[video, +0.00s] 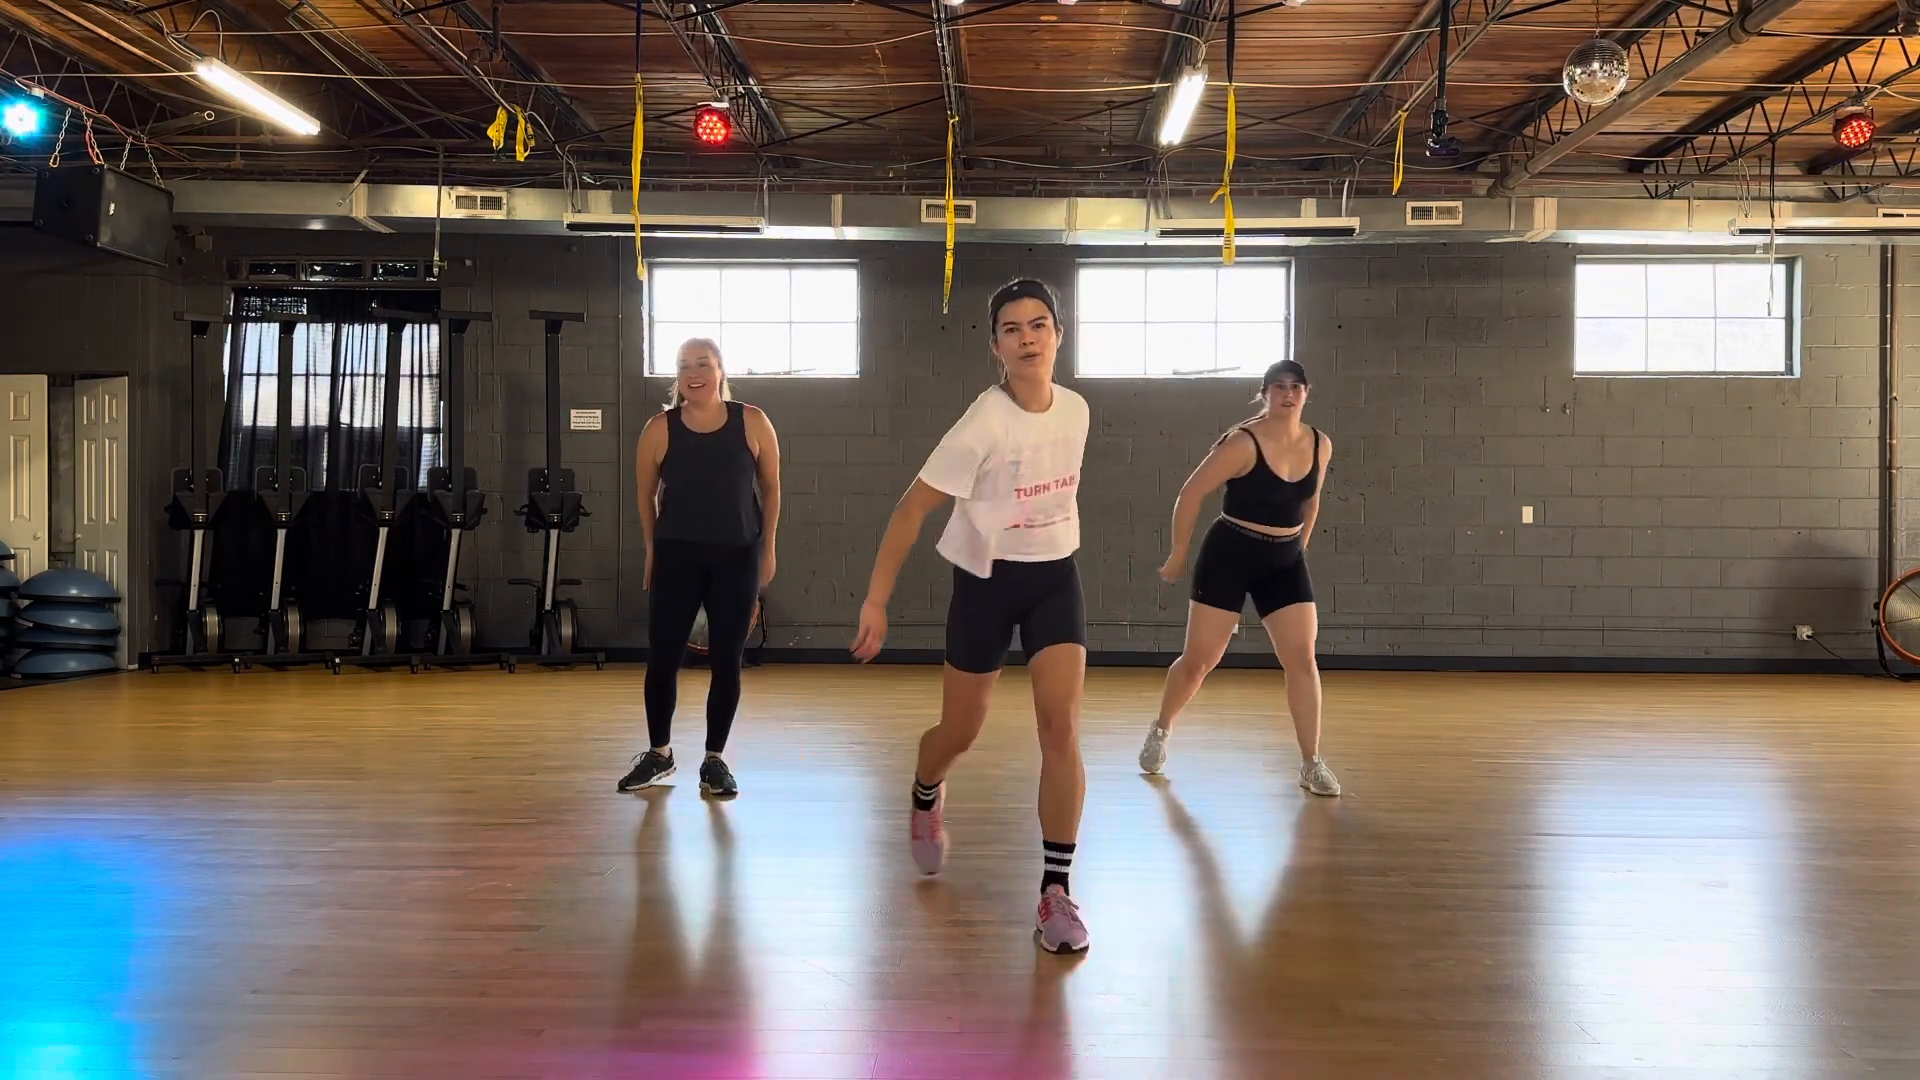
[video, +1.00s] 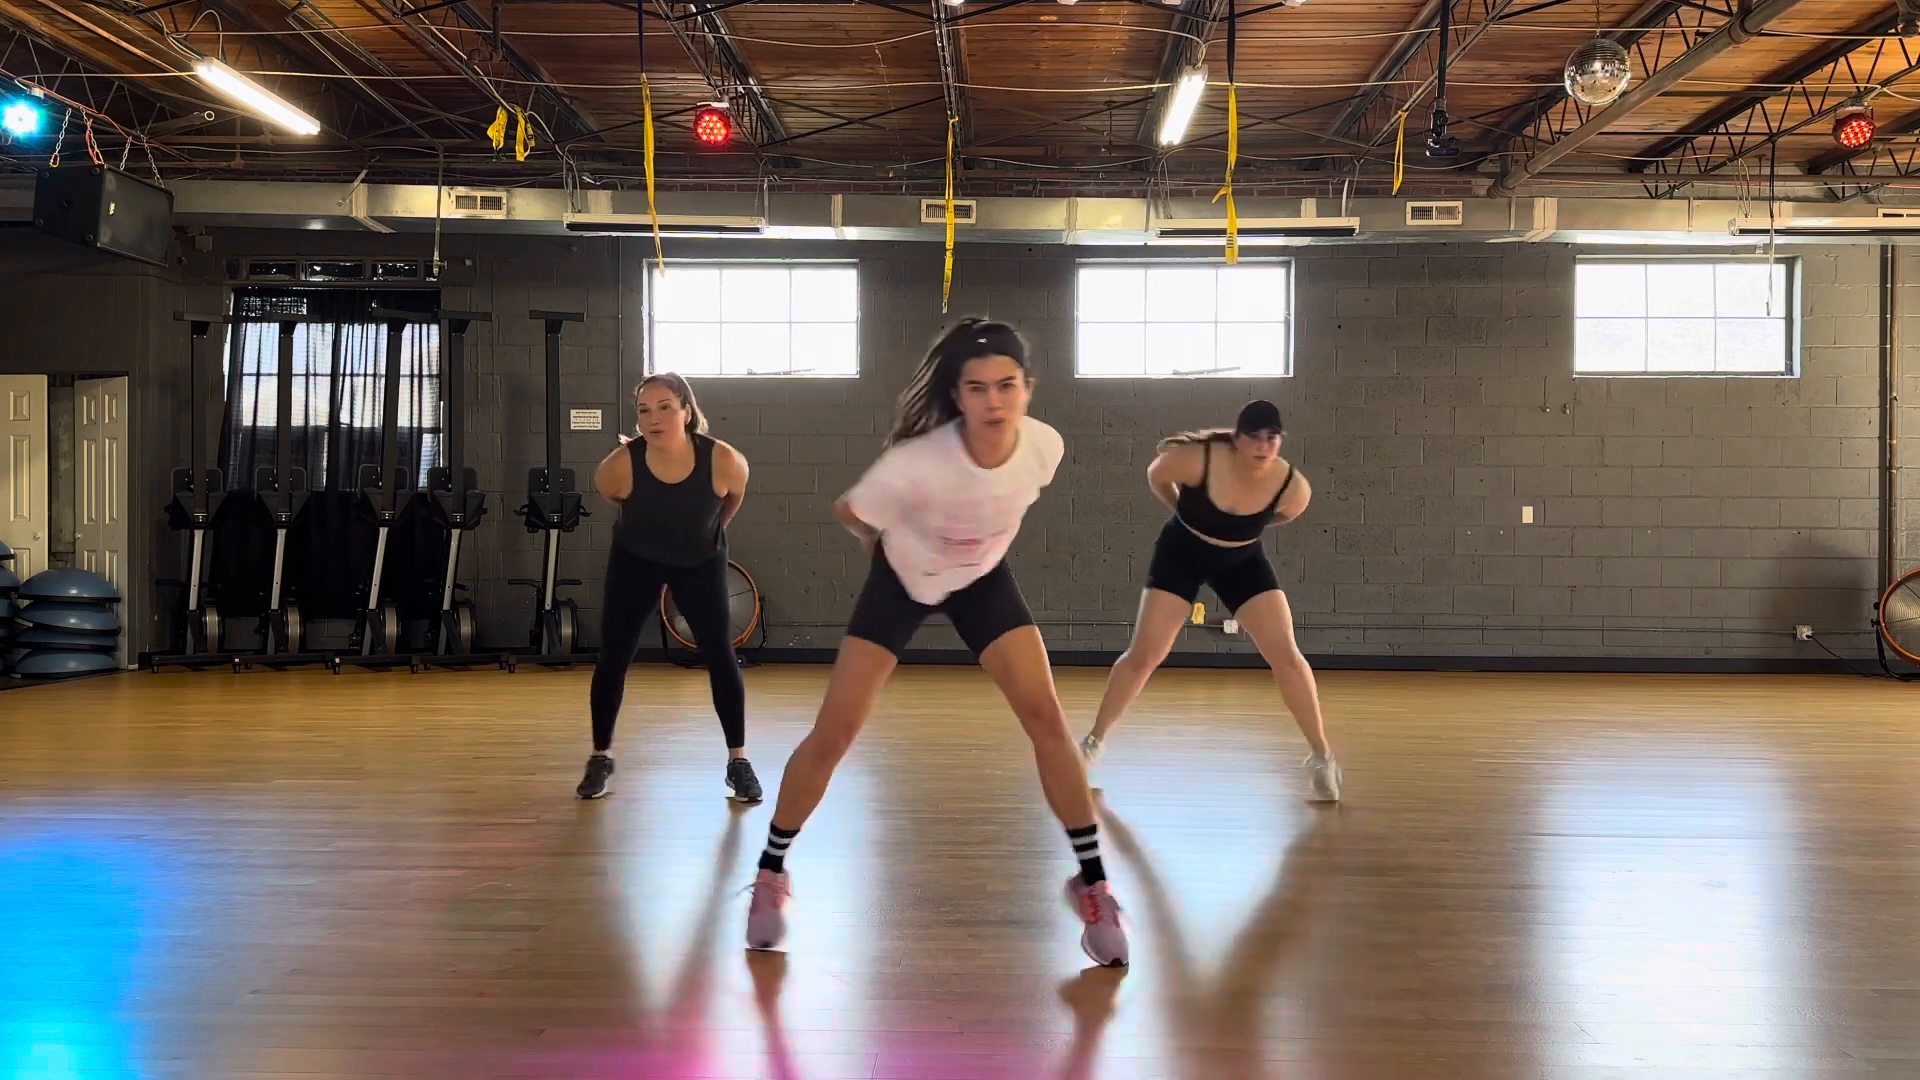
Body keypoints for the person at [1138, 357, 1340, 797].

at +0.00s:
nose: (1288, 392)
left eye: (1295, 386)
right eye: (1279, 386)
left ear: (1306, 394)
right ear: (1264, 395)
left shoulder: (1320, 446)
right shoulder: (1243, 443)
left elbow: (1311, 501)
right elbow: (1189, 494)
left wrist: (1299, 550)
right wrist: (1178, 553)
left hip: (1284, 558)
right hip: (1230, 553)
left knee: (1302, 660)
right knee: (1198, 661)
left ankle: (1312, 763)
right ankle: (1161, 731)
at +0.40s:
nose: (1254, 410)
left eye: (1261, 401)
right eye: (1244, 403)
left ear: (1273, 406)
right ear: (1229, 412)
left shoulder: (1302, 438)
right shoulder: (1216, 464)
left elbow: (1300, 491)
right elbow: (1185, 518)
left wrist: (1270, 521)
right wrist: (1228, 538)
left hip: (1289, 556)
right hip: (1231, 559)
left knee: (1314, 660)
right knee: (1190, 663)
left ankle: (1316, 760)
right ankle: (1146, 745)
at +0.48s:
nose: (1222, 406)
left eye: (1230, 398)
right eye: (1214, 397)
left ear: (1244, 401)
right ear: (1203, 402)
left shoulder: (1278, 425)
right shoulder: (1189, 451)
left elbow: (1307, 446)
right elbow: (1172, 500)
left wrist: (1279, 483)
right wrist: (1213, 514)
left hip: (1273, 541)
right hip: (1215, 543)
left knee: (1307, 649)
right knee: (1165, 645)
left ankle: (1337, 750)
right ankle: (1127, 737)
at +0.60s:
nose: (1179, 432)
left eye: (1190, 426)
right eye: (1175, 423)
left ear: (1209, 428)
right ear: (1166, 421)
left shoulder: (1236, 462)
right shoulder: (1153, 464)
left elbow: (1293, 471)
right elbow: (1172, 502)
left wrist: (1277, 493)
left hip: (1246, 555)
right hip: (1189, 555)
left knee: (1292, 658)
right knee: (1140, 651)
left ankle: (1362, 737)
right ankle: (1116, 750)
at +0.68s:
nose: (1169, 454)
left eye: (1179, 448)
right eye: (1165, 443)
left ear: (1197, 455)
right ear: (1156, 441)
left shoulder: (1216, 499)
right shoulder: (1147, 471)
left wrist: (1262, 546)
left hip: (1230, 578)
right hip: (1175, 574)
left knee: (1275, 680)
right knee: (1126, 660)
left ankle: (1355, 749)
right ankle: (1122, 760)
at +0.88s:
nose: (1234, 454)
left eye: (1242, 447)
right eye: (1227, 445)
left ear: (1251, 447)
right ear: (1209, 439)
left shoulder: (1259, 490)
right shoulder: (1173, 453)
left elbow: (1283, 527)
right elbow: (1161, 477)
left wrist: (1243, 533)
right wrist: (1180, 443)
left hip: (1231, 563)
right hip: (1171, 552)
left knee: (1278, 659)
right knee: (1128, 650)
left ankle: (1338, 746)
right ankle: (1106, 745)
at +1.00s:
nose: (1264, 446)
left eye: (1272, 437)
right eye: (1254, 437)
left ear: (1281, 440)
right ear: (1237, 436)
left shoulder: (1294, 490)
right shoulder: (1194, 457)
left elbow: (1279, 518)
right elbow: (1156, 477)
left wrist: (1243, 524)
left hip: (1243, 559)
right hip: (1183, 549)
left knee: (1288, 657)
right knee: (1143, 657)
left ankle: (1322, 756)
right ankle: (1093, 741)